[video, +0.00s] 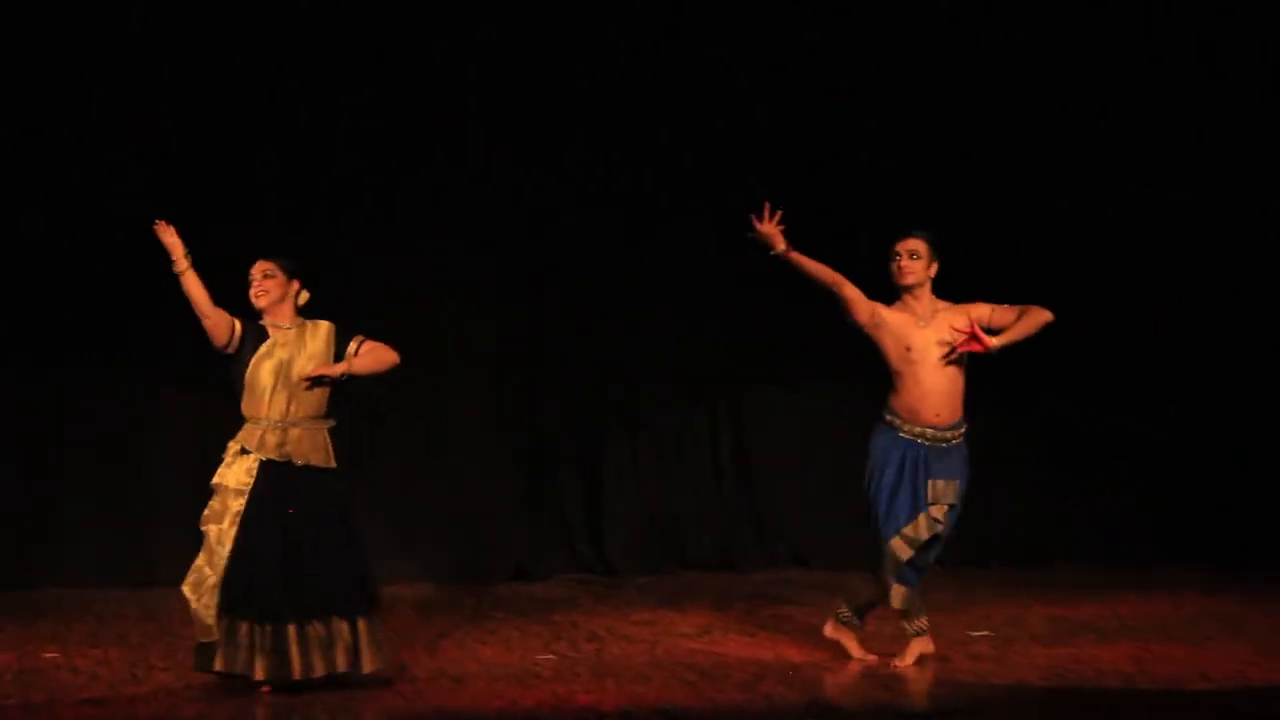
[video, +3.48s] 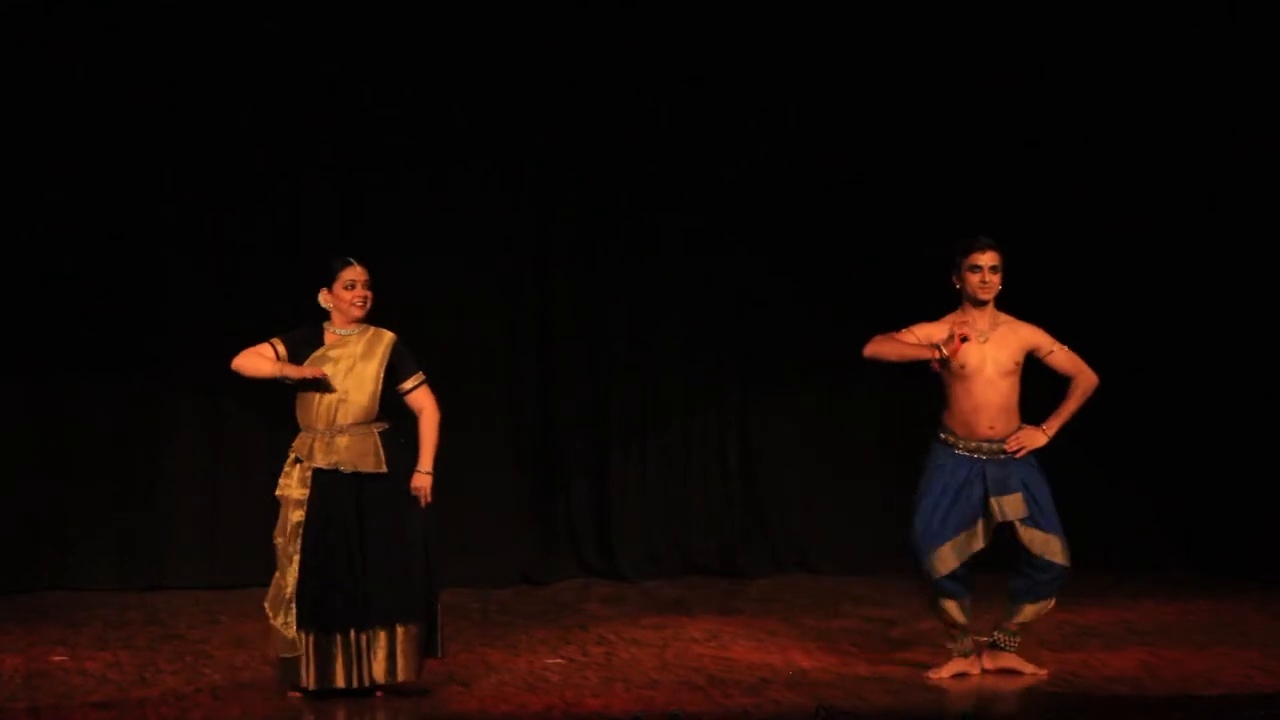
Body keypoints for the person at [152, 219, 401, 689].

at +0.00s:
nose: (256, 286)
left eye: (267, 277)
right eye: (253, 281)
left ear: (296, 288)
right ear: (252, 295)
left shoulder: (324, 336)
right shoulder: (246, 338)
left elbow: (388, 356)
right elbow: (208, 313)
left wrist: (337, 369)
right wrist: (181, 262)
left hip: (310, 466)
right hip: (256, 465)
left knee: (315, 560)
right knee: (258, 563)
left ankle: (318, 662)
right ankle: (266, 667)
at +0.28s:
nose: (266, 292)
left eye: (276, 284)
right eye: (260, 286)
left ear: (301, 296)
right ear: (254, 298)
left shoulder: (325, 342)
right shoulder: (249, 341)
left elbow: (389, 365)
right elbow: (211, 329)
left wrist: (346, 375)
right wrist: (209, 265)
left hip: (309, 470)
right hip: (254, 467)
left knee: (307, 566)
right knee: (248, 564)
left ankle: (299, 666)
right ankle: (244, 667)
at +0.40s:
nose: (274, 296)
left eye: (284, 288)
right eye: (267, 288)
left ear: (303, 295)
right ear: (258, 297)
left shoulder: (325, 343)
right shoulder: (250, 341)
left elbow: (388, 372)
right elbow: (204, 369)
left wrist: (352, 385)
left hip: (304, 472)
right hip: (249, 467)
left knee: (302, 569)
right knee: (240, 563)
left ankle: (290, 671)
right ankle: (233, 669)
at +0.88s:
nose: (313, 291)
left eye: (314, 285)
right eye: (304, 284)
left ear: (309, 295)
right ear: (275, 292)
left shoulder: (325, 346)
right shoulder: (250, 336)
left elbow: (365, 388)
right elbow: (223, 292)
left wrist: (391, 380)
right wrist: (269, 263)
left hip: (311, 461)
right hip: (256, 461)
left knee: (326, 560)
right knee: (261, 565)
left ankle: (327, 669)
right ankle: (261, 673)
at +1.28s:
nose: (289, 297)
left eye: (299, 288)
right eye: (280, 289)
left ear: (320, 299)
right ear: (268, 299)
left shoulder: (335, 348)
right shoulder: (257, 345)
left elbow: (391, 384)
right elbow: (216, 321)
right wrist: (270, 312)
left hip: (317, 467)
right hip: (260, 466)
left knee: (328, 566)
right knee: (261, 567)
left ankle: (333, 673)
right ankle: (266, 672)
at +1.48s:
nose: (280, 298)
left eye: (290, 290)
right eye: (275, 291)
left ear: (314, 296)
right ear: (269, 297)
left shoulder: (339, 346)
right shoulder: (259, 342)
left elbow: (384, 406)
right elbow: (201, 380)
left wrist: (372, 468)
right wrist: (244, 373)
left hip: (323, 470)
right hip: (267, 470)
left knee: (328, 569)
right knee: (269, 571)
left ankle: (329, 675)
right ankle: (276, 674)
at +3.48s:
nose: (361, 294)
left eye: (366, 287)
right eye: (351, 287)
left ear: (372, 295)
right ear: (327, 295)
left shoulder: (385, 345)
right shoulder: (306, 340)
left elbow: (427, 408)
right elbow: (242, 362)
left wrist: (424, 469)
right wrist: (288, 371)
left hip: (371, 472)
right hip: (315, 471)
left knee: (375, 569)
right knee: (315, 571)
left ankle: (376, 675)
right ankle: (314, 674)